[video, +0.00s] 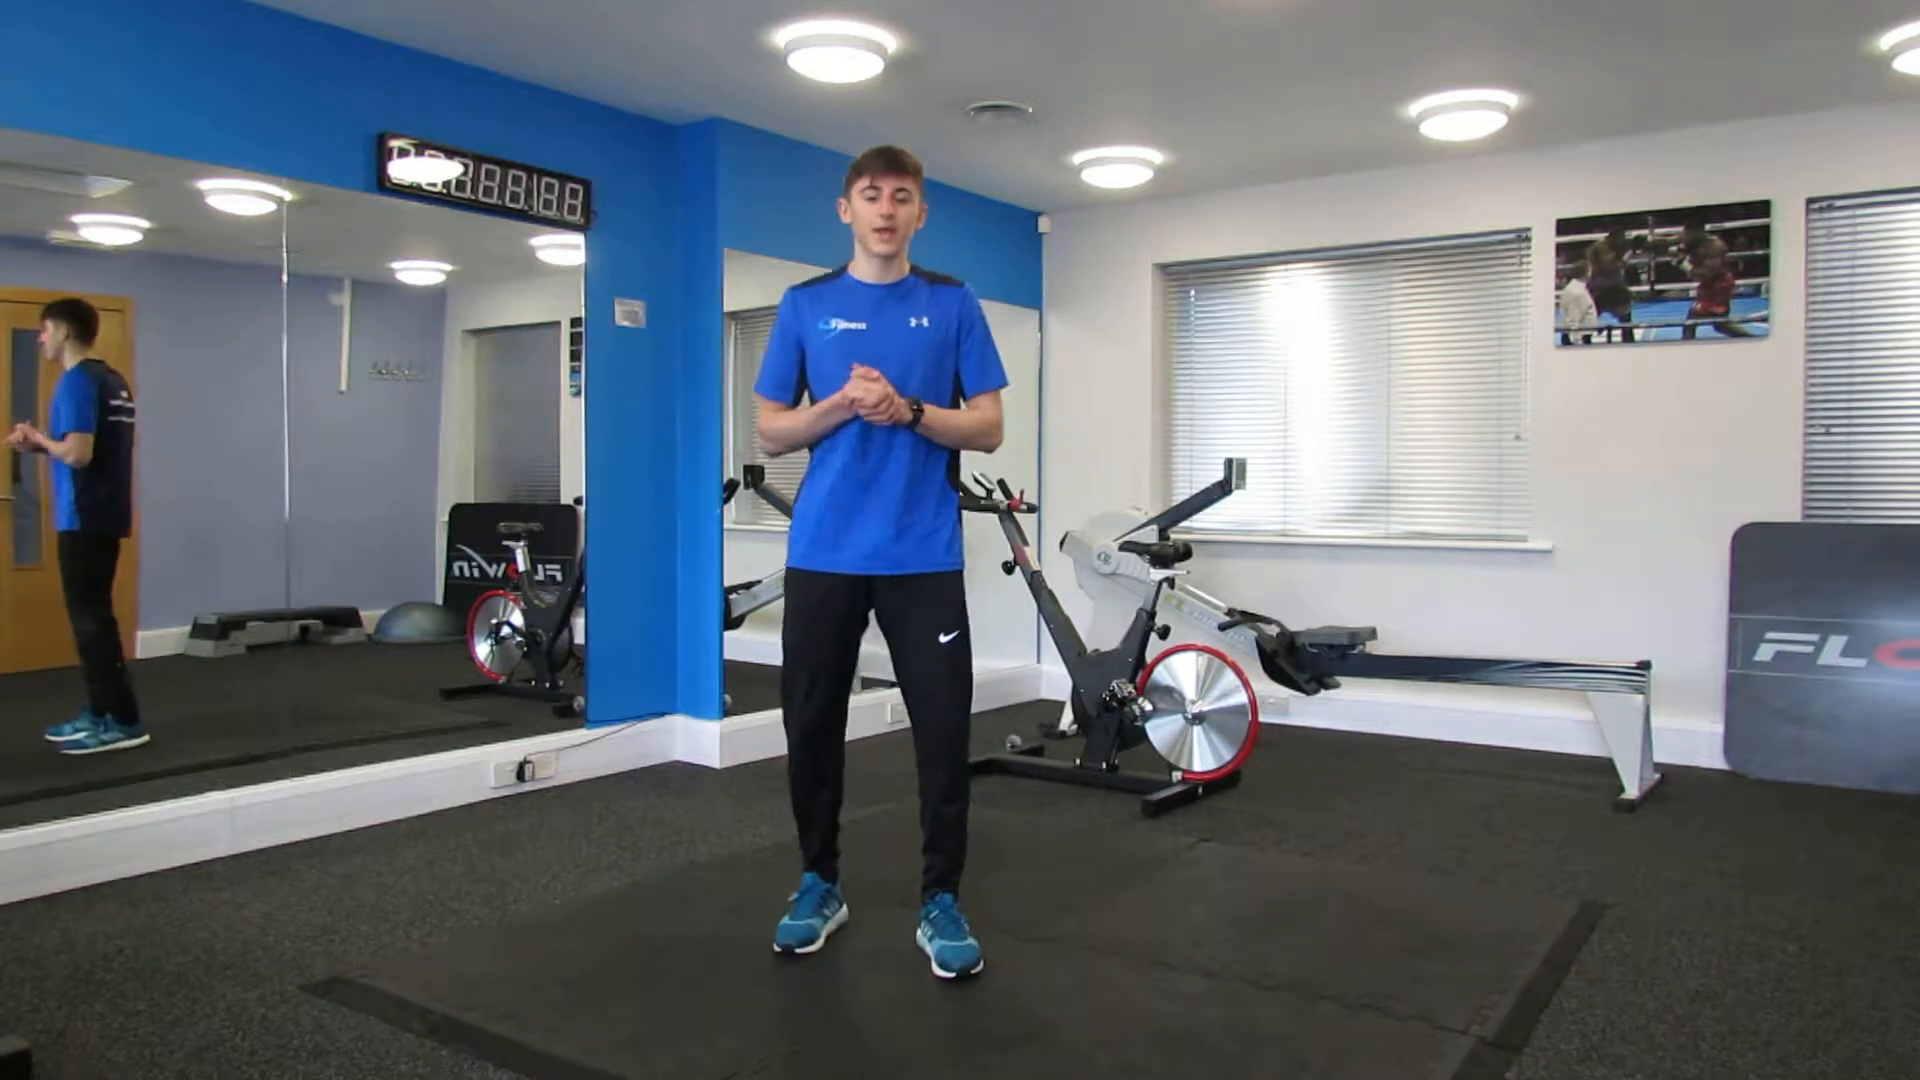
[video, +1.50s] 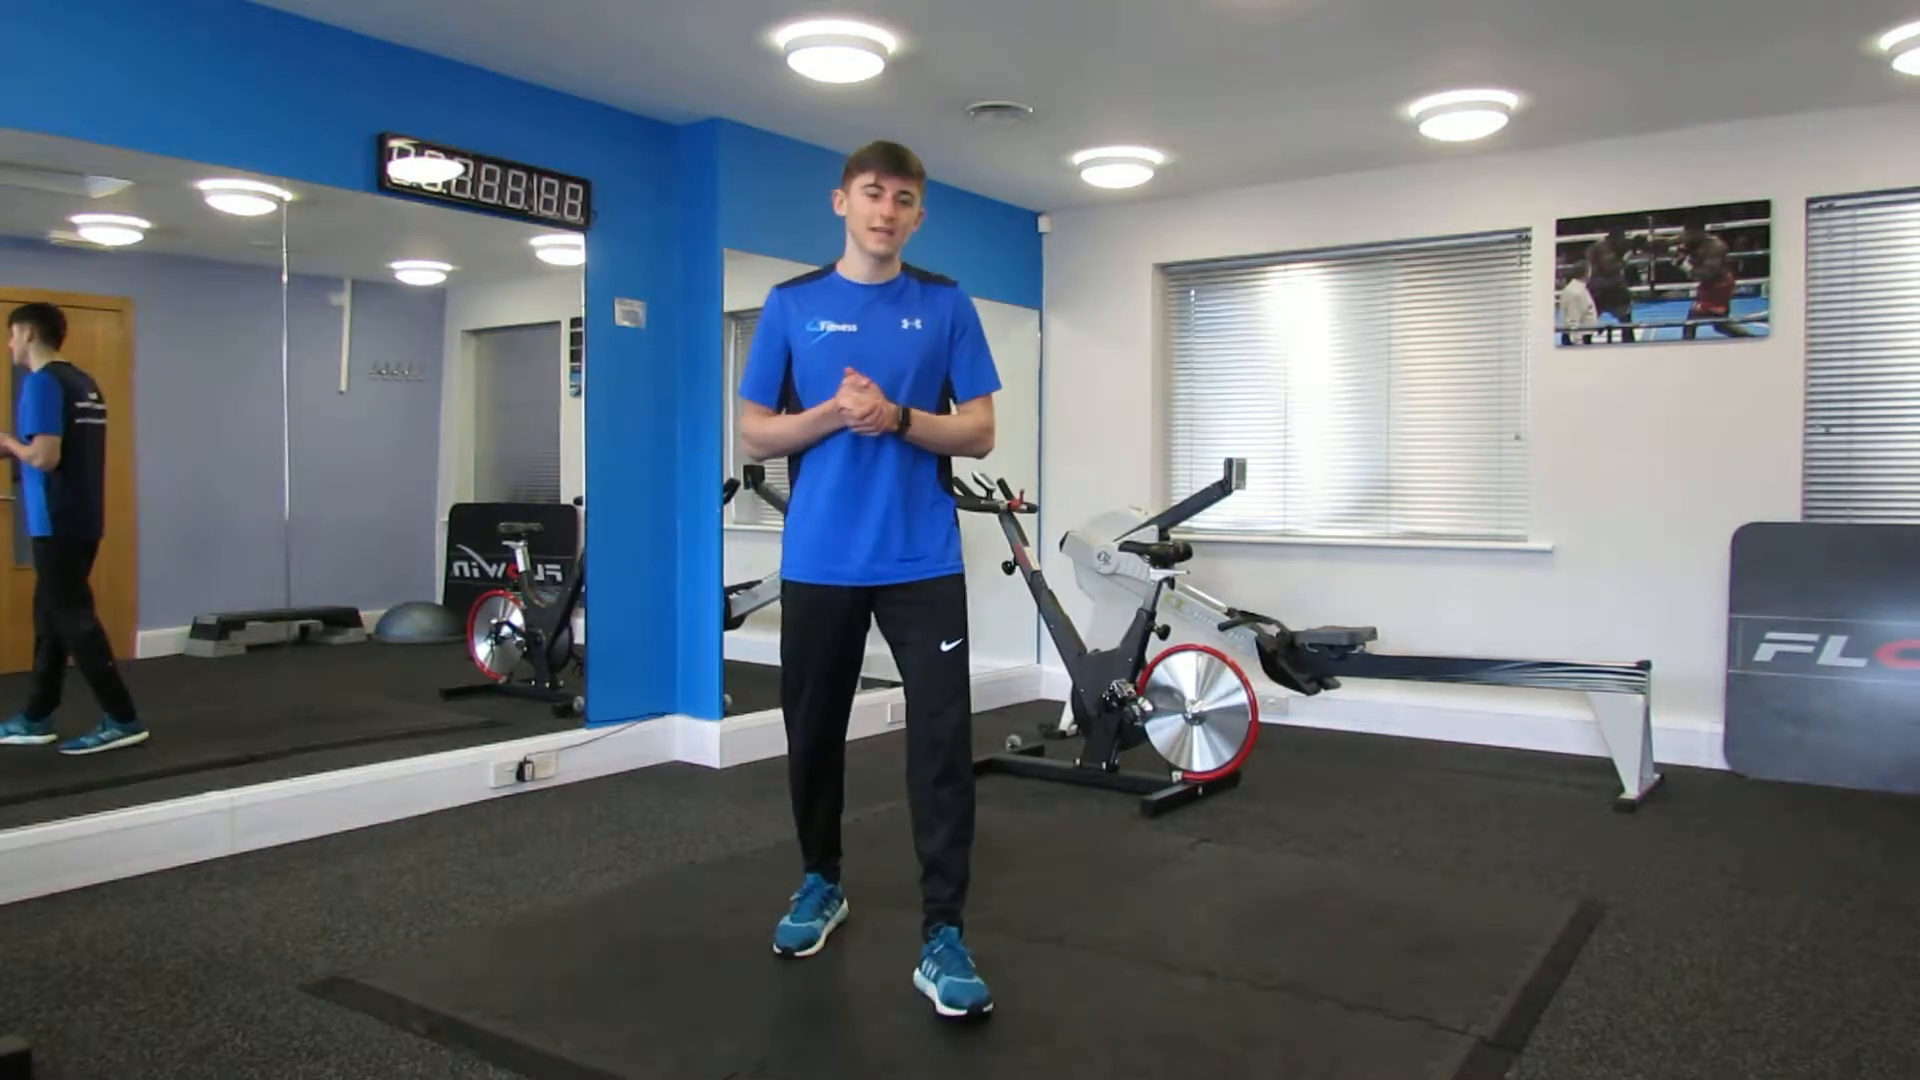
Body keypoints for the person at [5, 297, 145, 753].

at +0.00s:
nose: (40, 338)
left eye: (45, 329)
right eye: (41, 330)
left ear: (65, 333)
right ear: (85, 334)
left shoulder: (78, 379)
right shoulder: (111, 380)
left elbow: (79, 452)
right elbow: (91, 449)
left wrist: (40, 439)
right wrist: (41, 443)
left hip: (83, 523)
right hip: (103, 521)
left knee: (90, 616)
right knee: (93, 615)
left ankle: (121, 718)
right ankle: (101, 713)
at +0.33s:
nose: (39, 337)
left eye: (42, 328)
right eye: (39, 329)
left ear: (60, 329)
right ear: (81, 330)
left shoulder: (87, 377)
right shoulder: (112, 376)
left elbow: (96, 449)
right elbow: (96, 446)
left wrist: (48, 443)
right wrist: (49, 446)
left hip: (98, 523)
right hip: (112, 520)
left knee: (94, 615)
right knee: (101, 614)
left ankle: (121, 719)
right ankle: (110, 713)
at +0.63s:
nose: (40, 334)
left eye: (45, 325)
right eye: (41, 325)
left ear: (65, 328)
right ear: (82, 329)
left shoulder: (92, 376)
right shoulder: (104, 374)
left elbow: (105, 452)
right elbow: (94, 445)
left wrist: (48, 439)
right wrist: (47, 441)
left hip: (98, 524)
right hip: (106, 522)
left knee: (99, 617)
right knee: (103, 616)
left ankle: (124, 719)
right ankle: (117, 715)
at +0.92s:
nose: (38, 335)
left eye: (42, 326)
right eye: (39, 327)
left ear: (62, 328)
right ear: (81, 329)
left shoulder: (84, 376)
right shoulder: (110, 375)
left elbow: (89, 452)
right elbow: (87, 448)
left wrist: (42, 437)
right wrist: (42, 442)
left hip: (93, 524)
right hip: (108, 520)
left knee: (83, 610)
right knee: (93, 609)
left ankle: (122, 718)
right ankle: (114, 713)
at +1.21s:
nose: (27, 337)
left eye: (31, 328)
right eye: (29, 329)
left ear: (48, 329)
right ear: (68, 331)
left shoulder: (68, 378)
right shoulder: (101, 377)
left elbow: (72, 452)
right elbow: (85, 447)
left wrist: (35, 441)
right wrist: (38, 445)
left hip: (82, 525)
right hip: (100, 521)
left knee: (93, 618)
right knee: (66, 615)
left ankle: (126, 721)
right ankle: (60, 712)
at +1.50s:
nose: (9, 345)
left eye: (12, 336)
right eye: (10, 336)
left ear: (27, 335)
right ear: (54, 336)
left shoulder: (43, 381)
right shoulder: (85, 383)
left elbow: (46, 456)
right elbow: (81, 457)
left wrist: (11, 445)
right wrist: (24, 451)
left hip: (57, 529)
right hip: (82, 527)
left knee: (74, 620)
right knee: (51, 619)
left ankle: (124, 719)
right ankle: (36, 718)